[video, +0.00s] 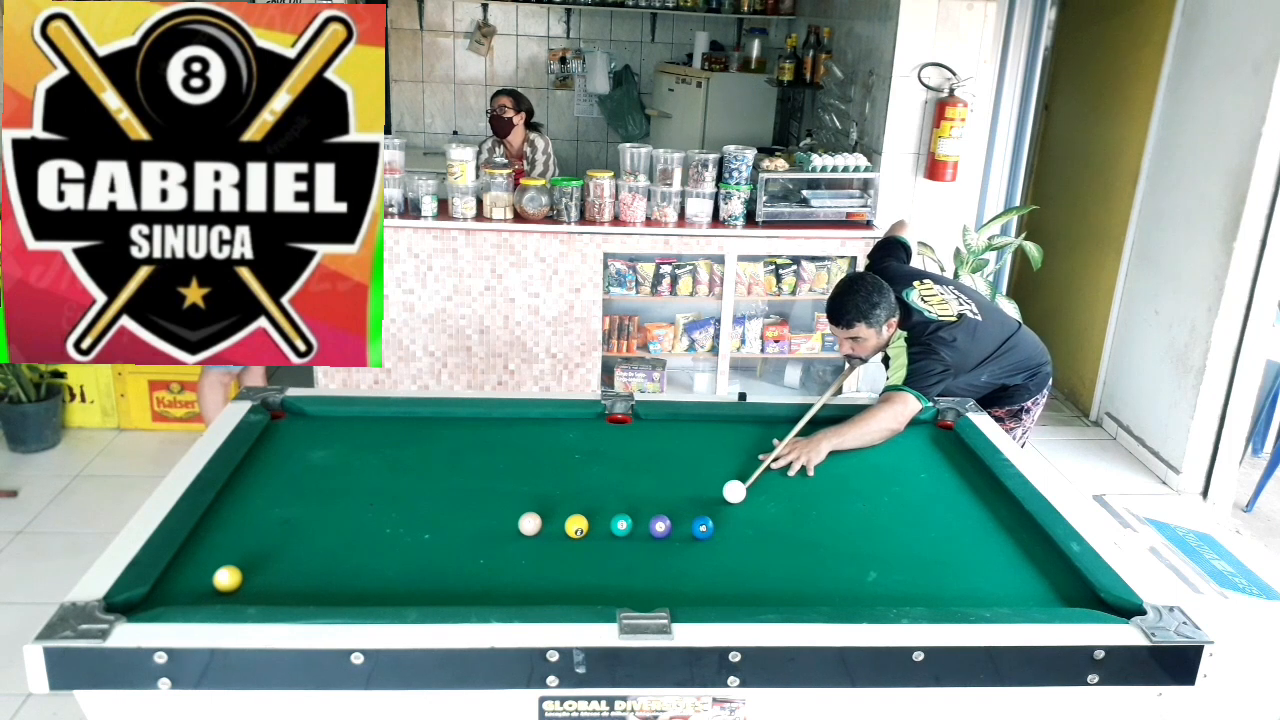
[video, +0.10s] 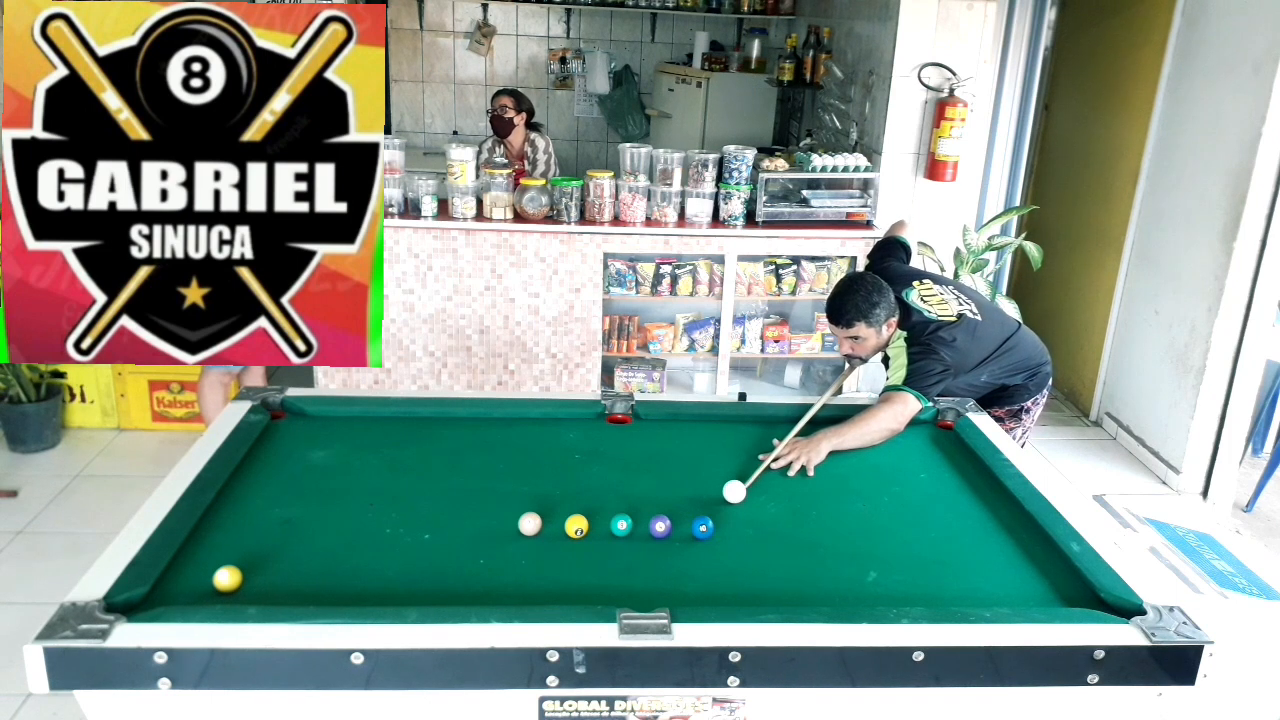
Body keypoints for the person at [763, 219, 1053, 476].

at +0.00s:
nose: (844, 350)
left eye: (855, 340)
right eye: (837, 336)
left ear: (890, 327)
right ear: (834, 317)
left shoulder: (926, 351)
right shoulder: (885, 272)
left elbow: (894, 415)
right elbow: (902, 228)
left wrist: (824, 440)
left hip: (1021, 375)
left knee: (985, 476)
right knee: (945, 460)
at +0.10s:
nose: (844, 350)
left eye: (854, 339)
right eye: (837, 336)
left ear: (889, 326)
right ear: (832, 318)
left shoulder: (926, 350)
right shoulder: (885, 272)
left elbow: (894, 415)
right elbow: (902, 228)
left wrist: (823, 440)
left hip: (1021, 375)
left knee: (984, 475)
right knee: (945, 459)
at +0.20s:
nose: (843, 349)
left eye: (854, 339)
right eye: (837, 336)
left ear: (889, 326)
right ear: (833, 318)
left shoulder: (926, 350)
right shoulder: (885, 272)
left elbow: (894, 415)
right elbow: (902, 229)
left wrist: (824, 440)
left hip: (1021, 376)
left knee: (985, 477)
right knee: (945, 461)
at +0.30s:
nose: (844, 349)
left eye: (854, 338)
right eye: (837, 335)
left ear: (889, 327)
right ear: (833, 318)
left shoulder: (926, 351)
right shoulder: (885, 272)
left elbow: (893, 415)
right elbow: (901, 231)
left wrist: (824, 440)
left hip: (1021, 376)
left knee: (985, 476)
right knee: (946, 459)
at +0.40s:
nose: (844, 349)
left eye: (854, 338)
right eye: (837, 336)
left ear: (889, 326)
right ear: (833, 319)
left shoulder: (926, 351)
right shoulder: (885, 272)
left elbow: (893, 415)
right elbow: (902, 230)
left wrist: (824, 440)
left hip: (1021, 375)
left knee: (986, 475)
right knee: (946, 459)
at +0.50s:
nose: (844, 349)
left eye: (854, 338)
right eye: (837, 336)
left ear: (889, 326)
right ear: (833, 318)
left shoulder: (926, 351)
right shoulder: (885, 272)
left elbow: (893, 415)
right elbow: (901, 229)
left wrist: (824, 439)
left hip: (1021, 375)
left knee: (986, 475)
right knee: (946, 459)